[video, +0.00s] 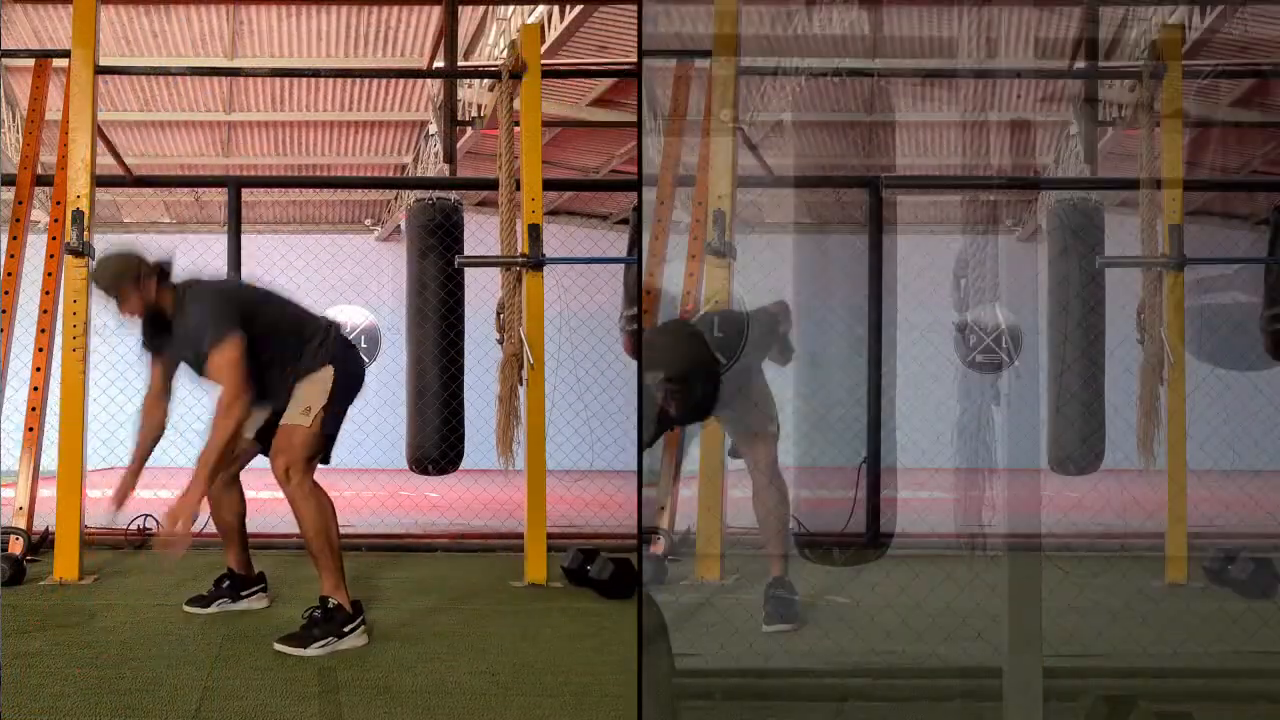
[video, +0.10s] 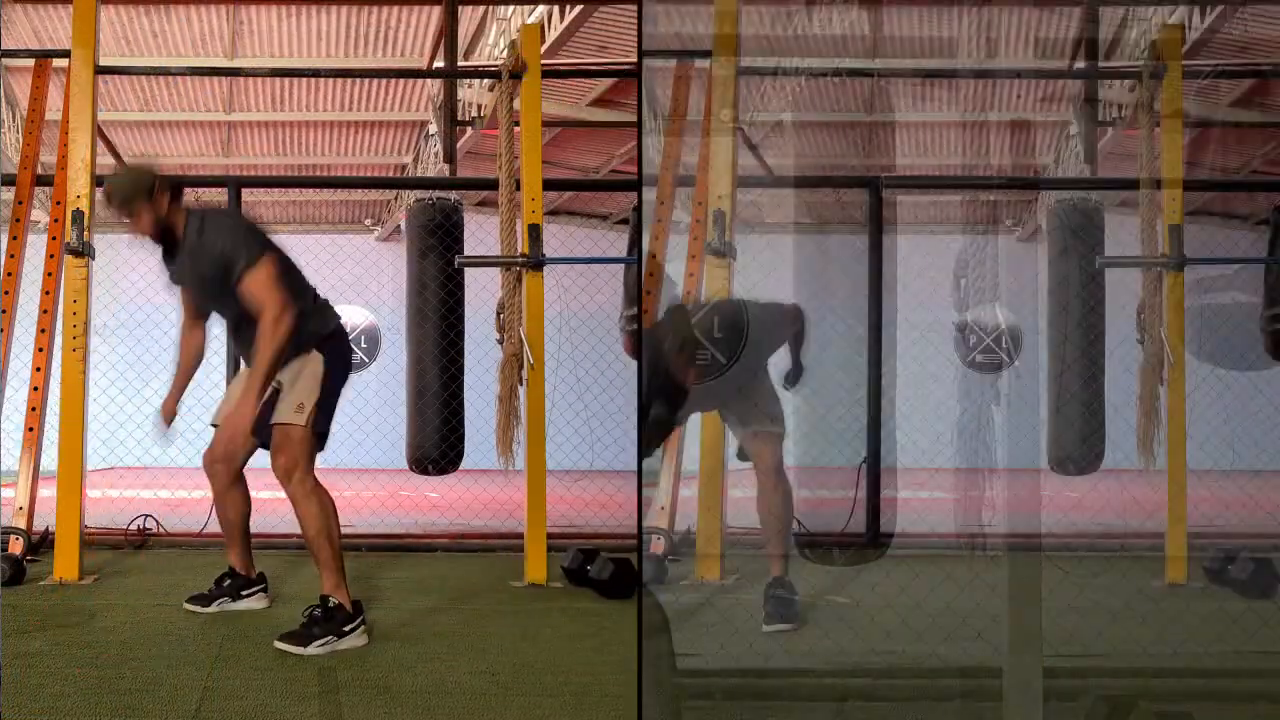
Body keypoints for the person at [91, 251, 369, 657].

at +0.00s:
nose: (123, 308)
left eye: (124, 295)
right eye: (116, 299)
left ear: (149, 278)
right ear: (139, 287)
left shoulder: (205, 306)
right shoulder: (160, 325)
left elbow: (236, 397)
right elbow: (156, 401)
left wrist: (194, 493)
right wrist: (134, 470)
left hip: (325, 361)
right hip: (274, 379)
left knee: (291, 466)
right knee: (219, 470)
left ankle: (340, 607)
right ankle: (242, 577)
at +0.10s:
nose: (132, 225)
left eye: (134, 212)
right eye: (126, 216)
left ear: (161, 196)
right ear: (140, 208)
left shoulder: (222, 231)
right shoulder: (178, 249)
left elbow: (278, 312)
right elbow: (195, 323)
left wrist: (249, 396)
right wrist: (174, 394)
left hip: (311, 345)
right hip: (260, 352)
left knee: (291, 465)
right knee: (220, 461)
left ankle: (341, 606)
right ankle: (243, 576)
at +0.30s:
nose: (167, 152)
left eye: (172, 138)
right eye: (161, 143)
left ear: (204, 124)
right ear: (172, 140)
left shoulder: (261, 163)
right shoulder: (208, 186)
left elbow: (325, 233)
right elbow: (242, 266)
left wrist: (293, 312)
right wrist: (221, 324)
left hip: (277, 337)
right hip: (233, 344)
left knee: (295, 463)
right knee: (230, 458)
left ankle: (340, 605)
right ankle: (244, 576)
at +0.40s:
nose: (177, 151)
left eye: (182, 138)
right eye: (171, 142)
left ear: (214, 123)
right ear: (179, 138)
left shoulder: (268, 168)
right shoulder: (216, 185)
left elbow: (325, 243)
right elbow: (240, 270)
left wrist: (288, 318)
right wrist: (215, 333)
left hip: (270, 343)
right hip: (227, 347)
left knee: (290, 465)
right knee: (227, 460)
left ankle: (340, 605)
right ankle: (243, 576)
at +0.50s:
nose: (166, 151)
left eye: (170, 137)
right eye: (160, 142)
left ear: (203, 123)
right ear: (173, 139)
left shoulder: (262, 169)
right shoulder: (211, 187)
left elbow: (309, 246)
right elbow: (234, 278)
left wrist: (272, 323)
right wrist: (204, 337)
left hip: (275, 340)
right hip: (232, 344)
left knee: (291, 464)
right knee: (227, 459)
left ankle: (340, 604)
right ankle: (243, 576)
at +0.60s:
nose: (138, 174)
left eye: (142, 158)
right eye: (130, 164)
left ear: (174, 140)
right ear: (131, 163)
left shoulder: (233, 179)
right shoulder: (187, 209)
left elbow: (281, 264)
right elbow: (210, 289)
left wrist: (248, 347)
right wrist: (181, 362)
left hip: (290, 331)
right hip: (246, 338)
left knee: (291, 460)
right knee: (226, 458)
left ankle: (340, 605)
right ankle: (244, 576)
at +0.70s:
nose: (116, 227)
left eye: (118, 213)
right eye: (111, 218)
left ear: (148, 197)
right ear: (130, 210)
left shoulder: (209, 231)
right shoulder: (165, 252)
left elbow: (249, 324)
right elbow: (176, 341)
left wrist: (221, 419)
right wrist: (155, 420)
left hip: (308, 344)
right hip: (262, 353)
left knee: (288, 464)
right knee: (216, 455)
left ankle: (339, 605)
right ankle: (242, 576)